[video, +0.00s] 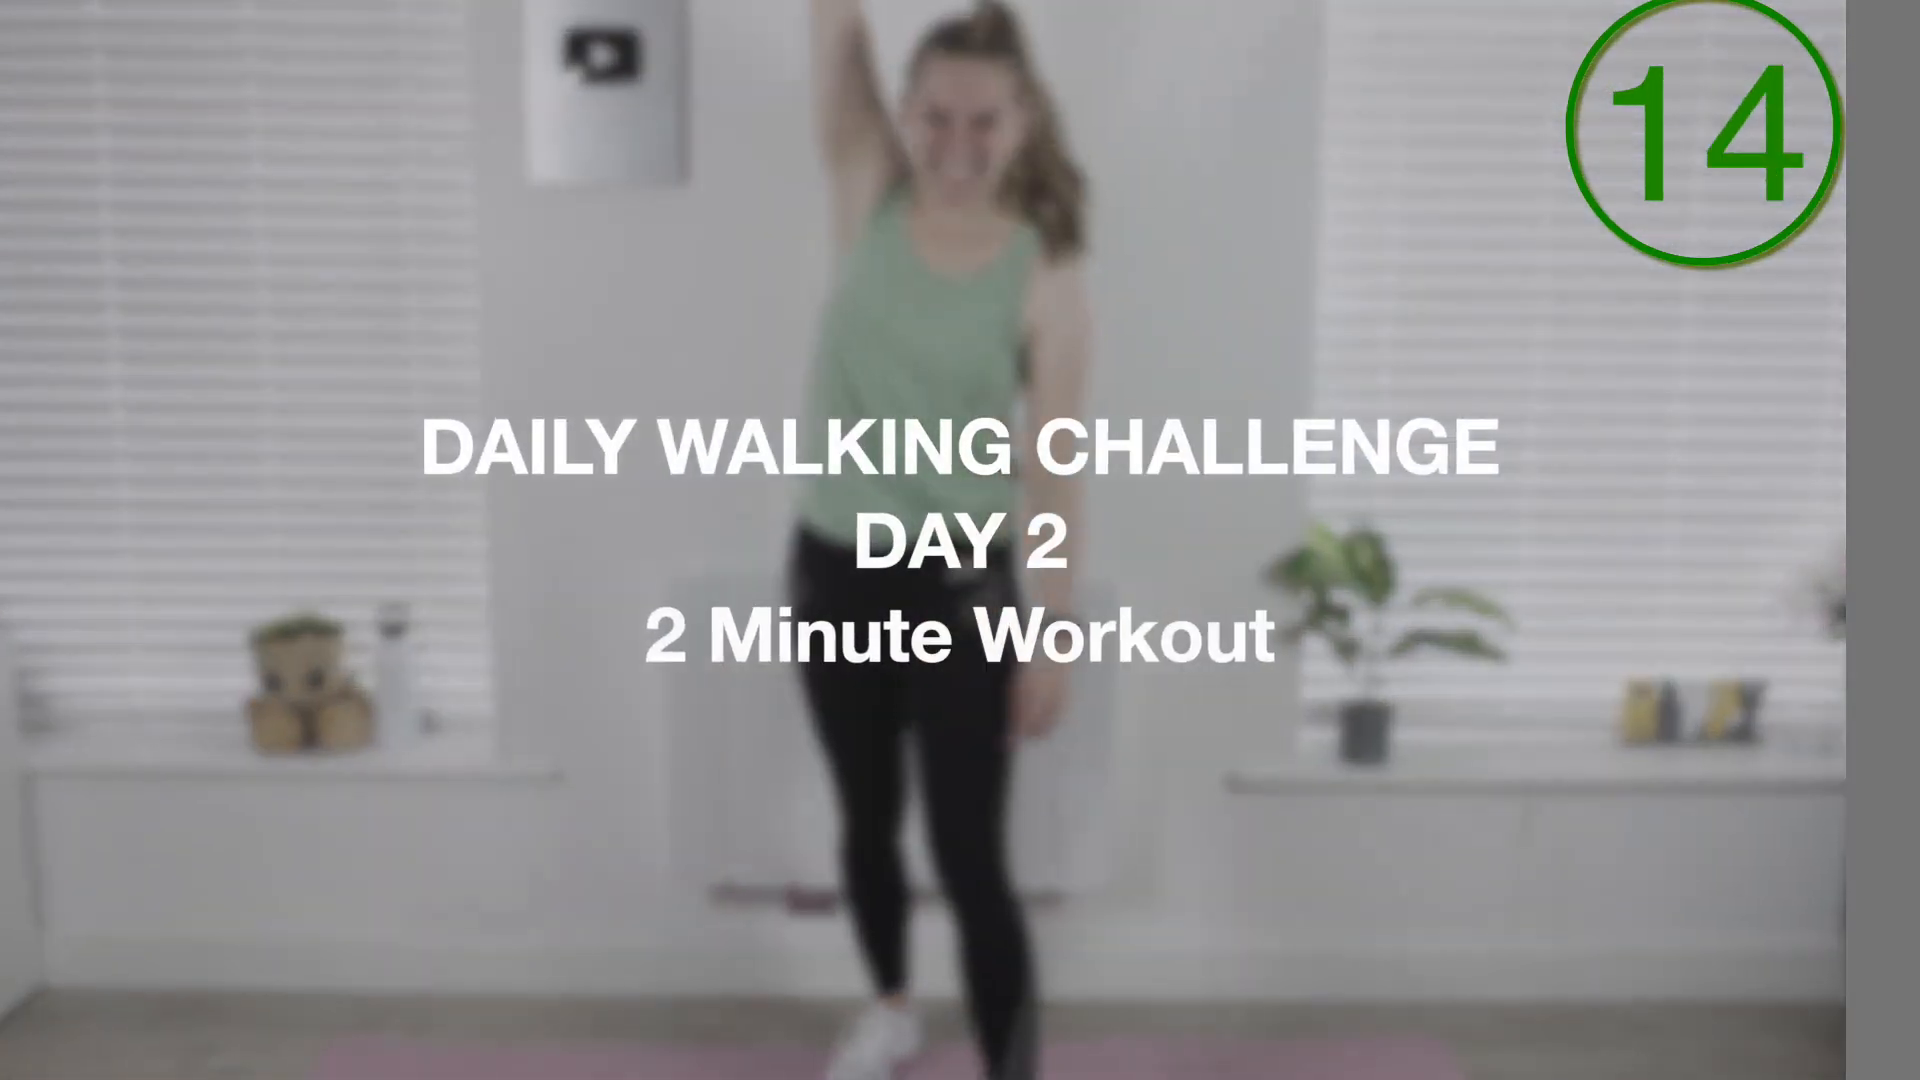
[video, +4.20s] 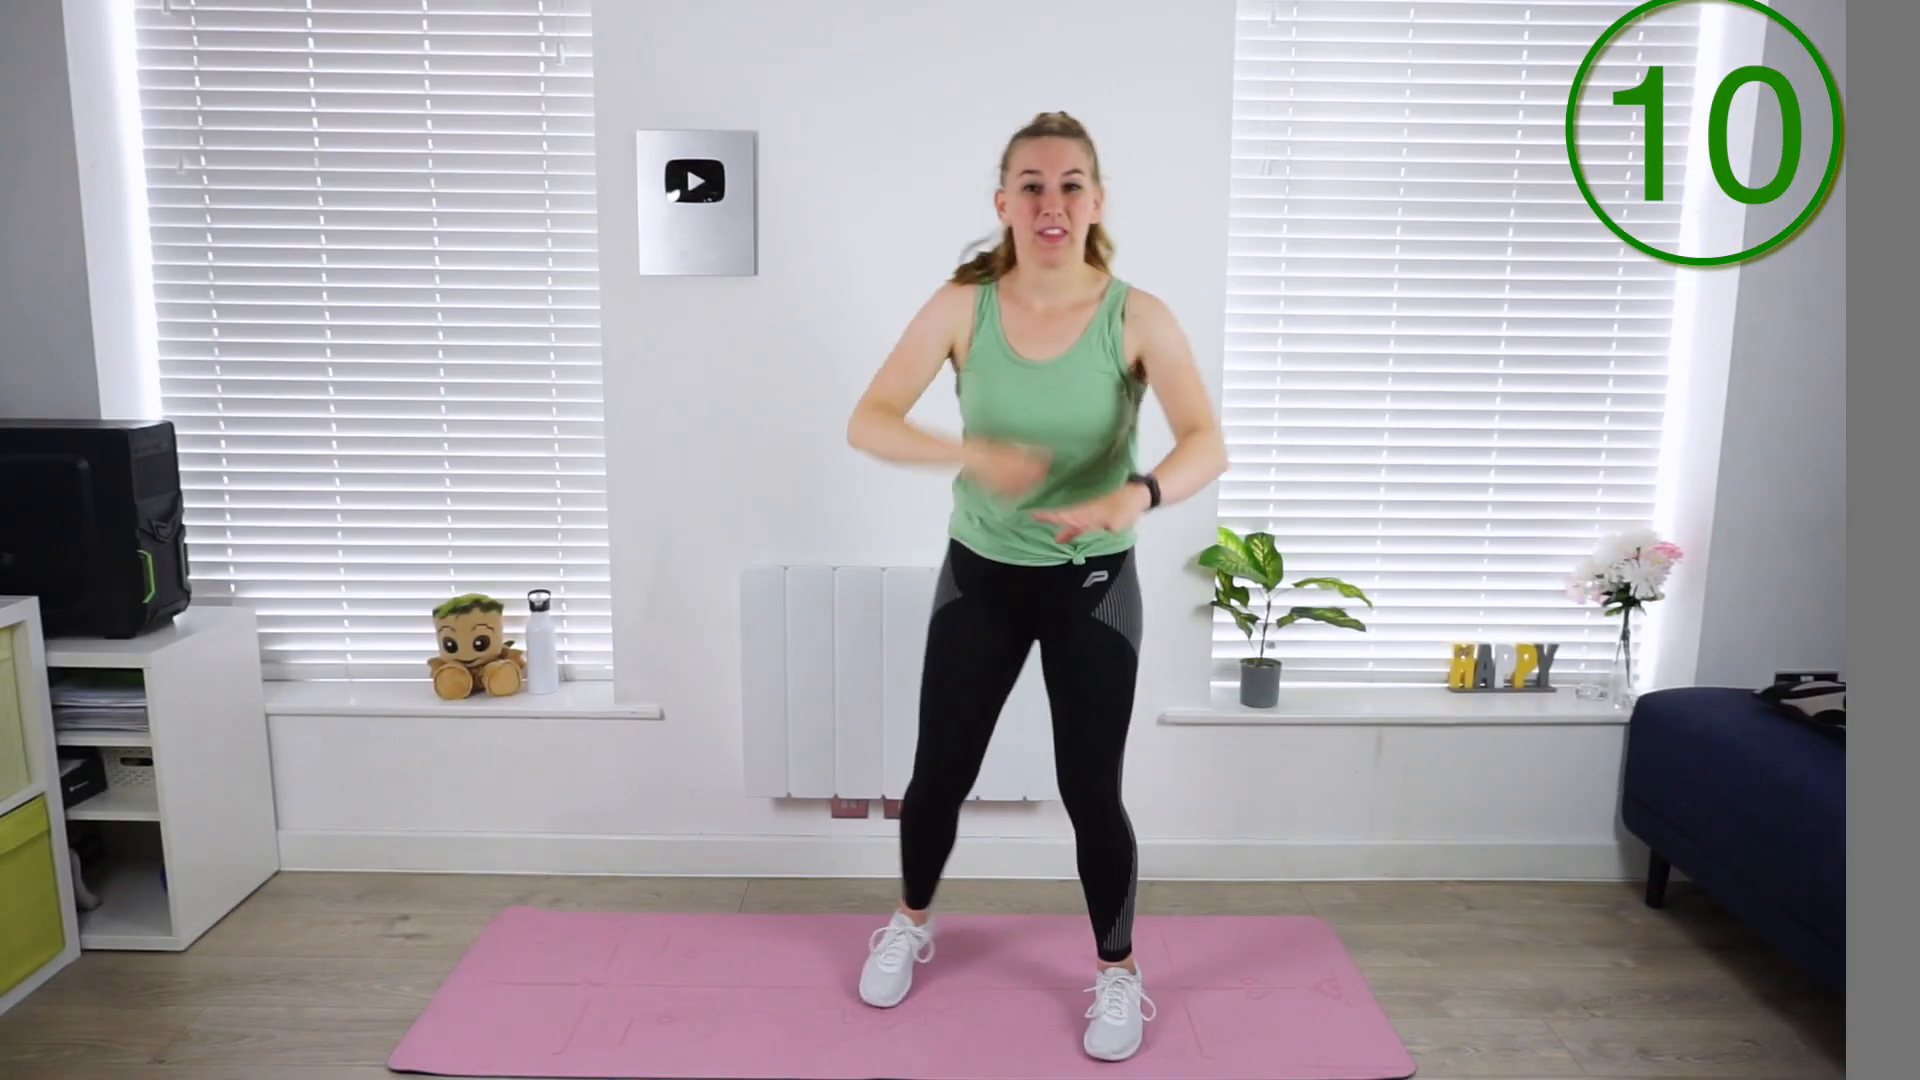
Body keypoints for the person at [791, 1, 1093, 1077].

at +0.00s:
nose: (958, 142)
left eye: (985, 120)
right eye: (938, 116)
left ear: (1024, 127)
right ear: (904, 117)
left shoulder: (1041, 275)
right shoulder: (869, 202)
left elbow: (1054, 467)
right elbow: (836, 30)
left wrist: (1052, 632)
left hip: (962, 576)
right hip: (838, 565)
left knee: (966, 848)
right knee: (865, 810)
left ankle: (1010, 1063)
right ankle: (890, 1004)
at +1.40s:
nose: (1080, 111)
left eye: (1100, 92)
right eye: (1058, 90)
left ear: (1127, 110)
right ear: (1020, 105)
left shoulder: (1142, 243)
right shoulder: (999, 221)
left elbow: (1149, 420)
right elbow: (966, 48)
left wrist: (1196, 561)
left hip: (1145, 558)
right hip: (1023, 559)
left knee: (1139, 807)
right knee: (981, 801)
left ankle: (1129, 1029)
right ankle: (901, 1009)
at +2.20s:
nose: (1200, 110)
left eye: (1230, 92)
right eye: (1186, 87)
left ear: (1276, 115)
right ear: (1165, 97)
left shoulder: (1283, 266)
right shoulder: (1099, 190)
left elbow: (1265, 456)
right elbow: (928, 154)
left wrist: (1258, 620)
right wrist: (788, 68)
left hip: (1173, 555)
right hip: (1047, 534)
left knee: (1135, 809)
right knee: (991, 790)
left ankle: (1125, 1032)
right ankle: (932, 1010)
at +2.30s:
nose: (1209, 123)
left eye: (1240, 108)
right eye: (1195, 99)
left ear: (1285, 128)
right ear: (1172, 103)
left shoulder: (1281, 277)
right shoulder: (1099, 210)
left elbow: (1244, 453)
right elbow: (957, 291)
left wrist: (1189, 599)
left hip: (1163, 553)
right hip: (1042, 534)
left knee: (1133, 813)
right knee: (983, 790)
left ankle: (1125, 1034)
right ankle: (928, 1011)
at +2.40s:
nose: (1201, 114)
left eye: (1232, 99)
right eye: (1189, 88)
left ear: (1271, 131)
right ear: (1158, 98)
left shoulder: (1272, 272)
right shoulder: (1081, 215)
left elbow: (1229, 453)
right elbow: (1013, 364)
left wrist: (1129, 568)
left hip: (1163, 545)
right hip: (1035, 531)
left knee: (1130, 811)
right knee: (961, 787)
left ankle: (1125, 1031)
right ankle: (908, 1005)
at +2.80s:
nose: (1063, 100)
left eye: (1091, 83)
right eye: (1047, 76)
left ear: (1128, 108)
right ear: (1014, 89)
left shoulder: (1152, 256)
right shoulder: (955, 227)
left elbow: (1157, 454)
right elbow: (913, 396)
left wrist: (1139, 620)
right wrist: (873, 541)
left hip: (1078, 565)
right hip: (952, 561)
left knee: (1092, 810)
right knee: (925, 806)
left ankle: (1121, 1030)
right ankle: (874, 1039)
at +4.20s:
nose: (1052, 205)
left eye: (1071, 186)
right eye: (1033, 186)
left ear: (1097, 200)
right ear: (1004, 200)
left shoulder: (1140, 319)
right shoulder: (961, 307)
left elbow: (1207, 444)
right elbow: (869, 423)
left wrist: (1136, 498)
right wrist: (968, 456)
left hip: (1094, 578)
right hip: (982, 572)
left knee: (1091, 789)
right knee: (939, 773)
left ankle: (1118, 972)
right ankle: (911, 922)